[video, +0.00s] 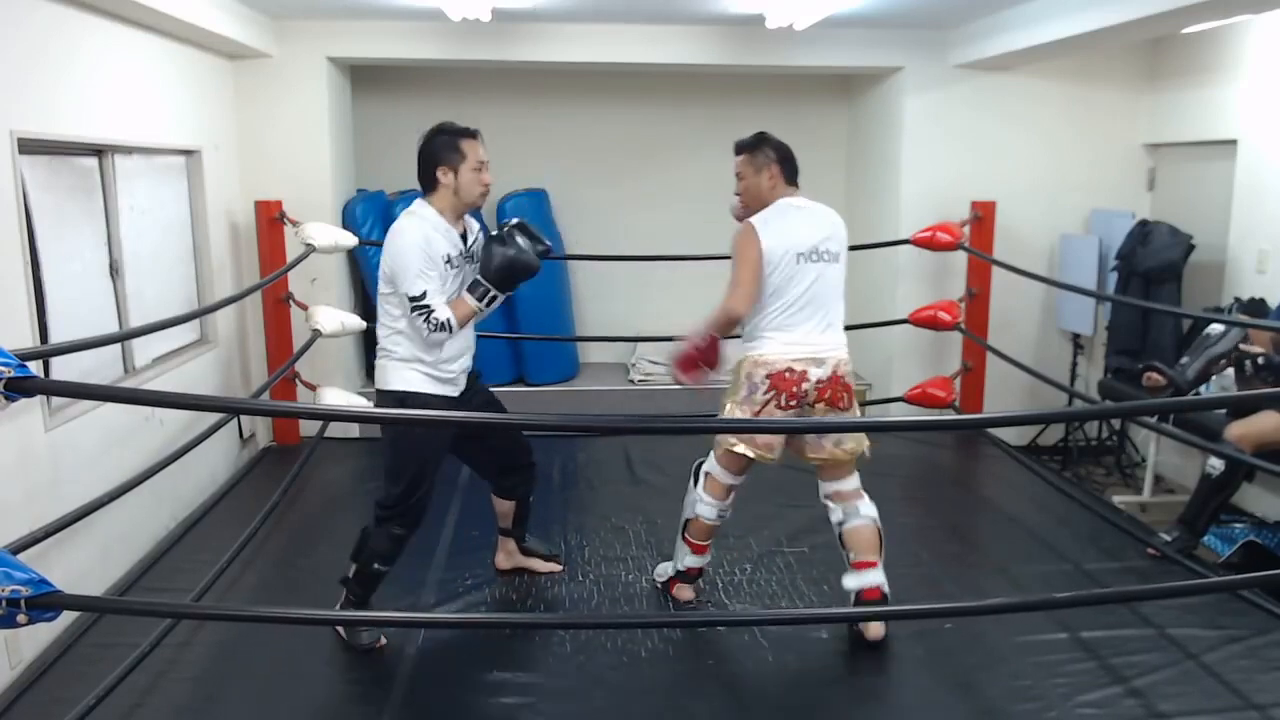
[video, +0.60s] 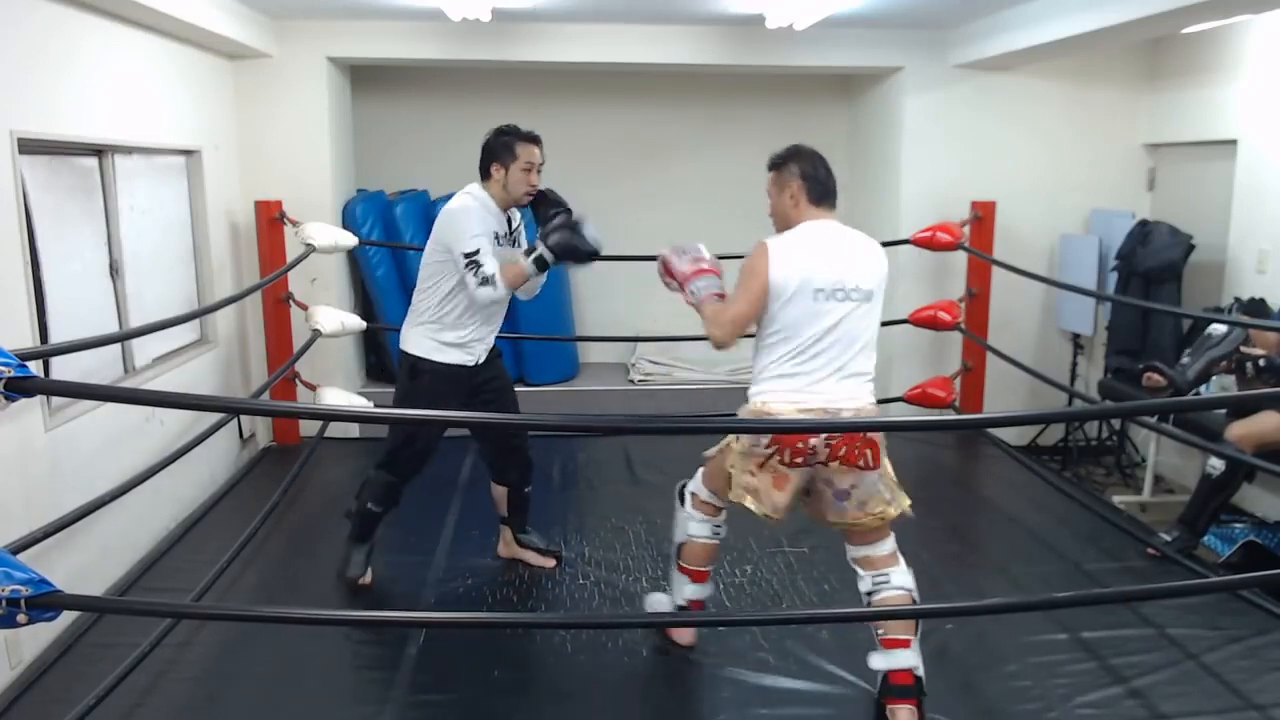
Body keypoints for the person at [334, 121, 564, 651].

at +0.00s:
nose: (488, 177)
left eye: (487, 167)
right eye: (478, 169)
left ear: (452, 175)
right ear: (444, 175)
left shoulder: (470, 228)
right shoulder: (411, 234)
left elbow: (469, 300)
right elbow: (433, 328)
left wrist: (505, 262)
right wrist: (491, 283)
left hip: (457, 383)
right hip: (410, 389)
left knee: (514, 460)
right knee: (403, 507)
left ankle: (510, 550)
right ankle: (351, 610)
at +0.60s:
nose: (536, 179)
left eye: (539, 169)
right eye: (528, 168)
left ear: (508, 173)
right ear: (497, 170)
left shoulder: (512, 217)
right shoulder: (465, 211)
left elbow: (525, 289)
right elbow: (484, 290)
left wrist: (550, 243)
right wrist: (543, 252)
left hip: (480, 357)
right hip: (431, 357)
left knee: (511, 449)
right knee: (405, 457)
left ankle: (512, 539)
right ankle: (360, 545)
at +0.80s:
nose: (509, 179)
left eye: (512, 169)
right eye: (499, 169)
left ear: (514, 173)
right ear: (470, 173)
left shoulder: (508, 223)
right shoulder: (435, 222)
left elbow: (527, 290)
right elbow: (440, 303)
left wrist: (543, 245)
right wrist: (477, 262)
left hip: (481, 357)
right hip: (428, 358)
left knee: (518, 446)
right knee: (409, 448)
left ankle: (514, 539)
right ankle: (366, 515)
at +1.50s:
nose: (486, 175)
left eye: (494, 164)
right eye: (476, 164)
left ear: (503, 168)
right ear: (456, 167)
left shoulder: (512, 215)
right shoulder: (434, 212)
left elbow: (533, 288)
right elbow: (461, 251)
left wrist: (519, 245)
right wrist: (518, 232)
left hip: (503, 349)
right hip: (445, 347)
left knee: (540, 428)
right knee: (409, 428)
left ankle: (555, 508)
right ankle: (413, 490)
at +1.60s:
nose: (486, 174)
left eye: (493, 163)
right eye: (476, 164)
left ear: (502, 166)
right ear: (457, 168)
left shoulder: (516, 216)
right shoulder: (435, 215)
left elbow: (534, 279)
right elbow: (448, 281)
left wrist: (520, 247)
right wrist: (506, 278)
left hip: (507, 346)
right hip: (449, 348)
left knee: (539, 431)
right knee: (427, 442)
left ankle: (560, 511)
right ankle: (462, 498)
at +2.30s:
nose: (492, 168)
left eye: (501, 157)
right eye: (483, 160)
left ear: (523, 160)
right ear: (475, 167)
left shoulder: (548, 213)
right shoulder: (475, 222)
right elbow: (471, 285)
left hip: (542, 342)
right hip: (492, 339)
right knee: (475, 416)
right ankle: (466, 499)